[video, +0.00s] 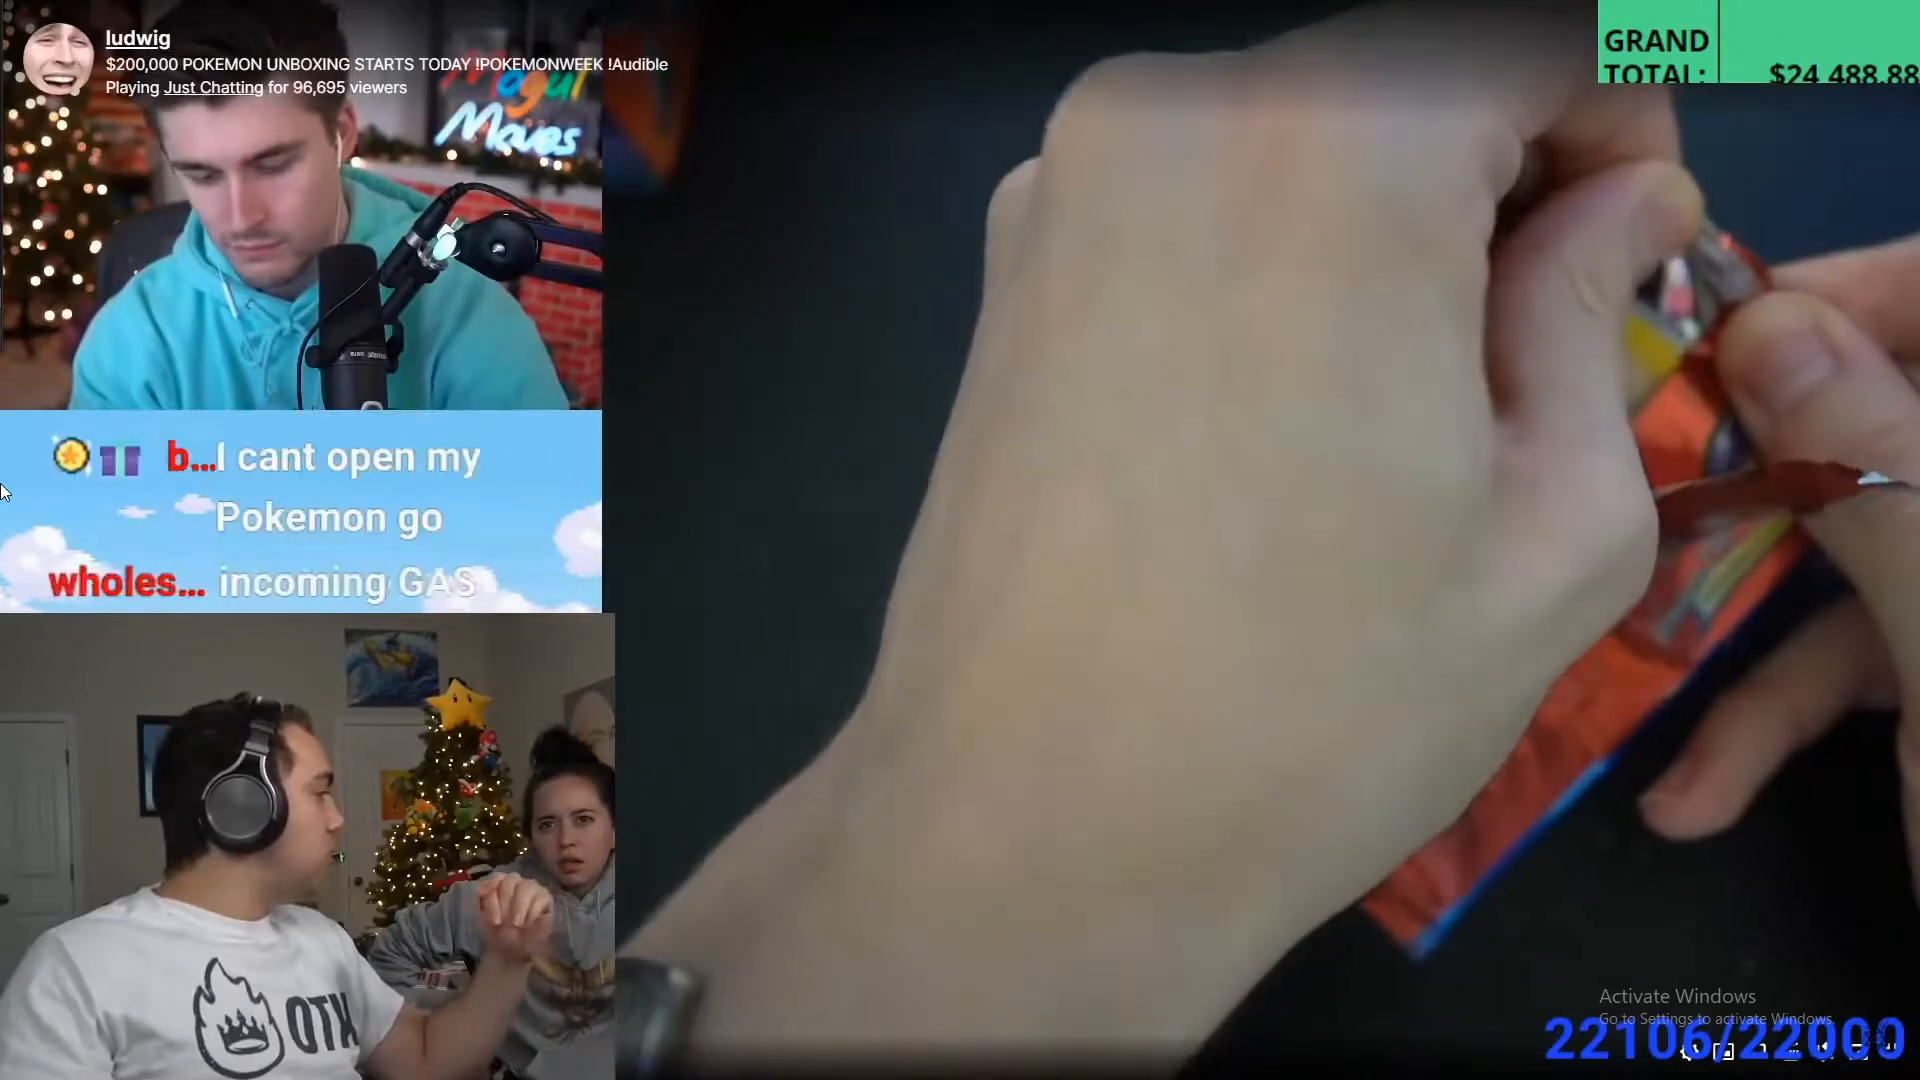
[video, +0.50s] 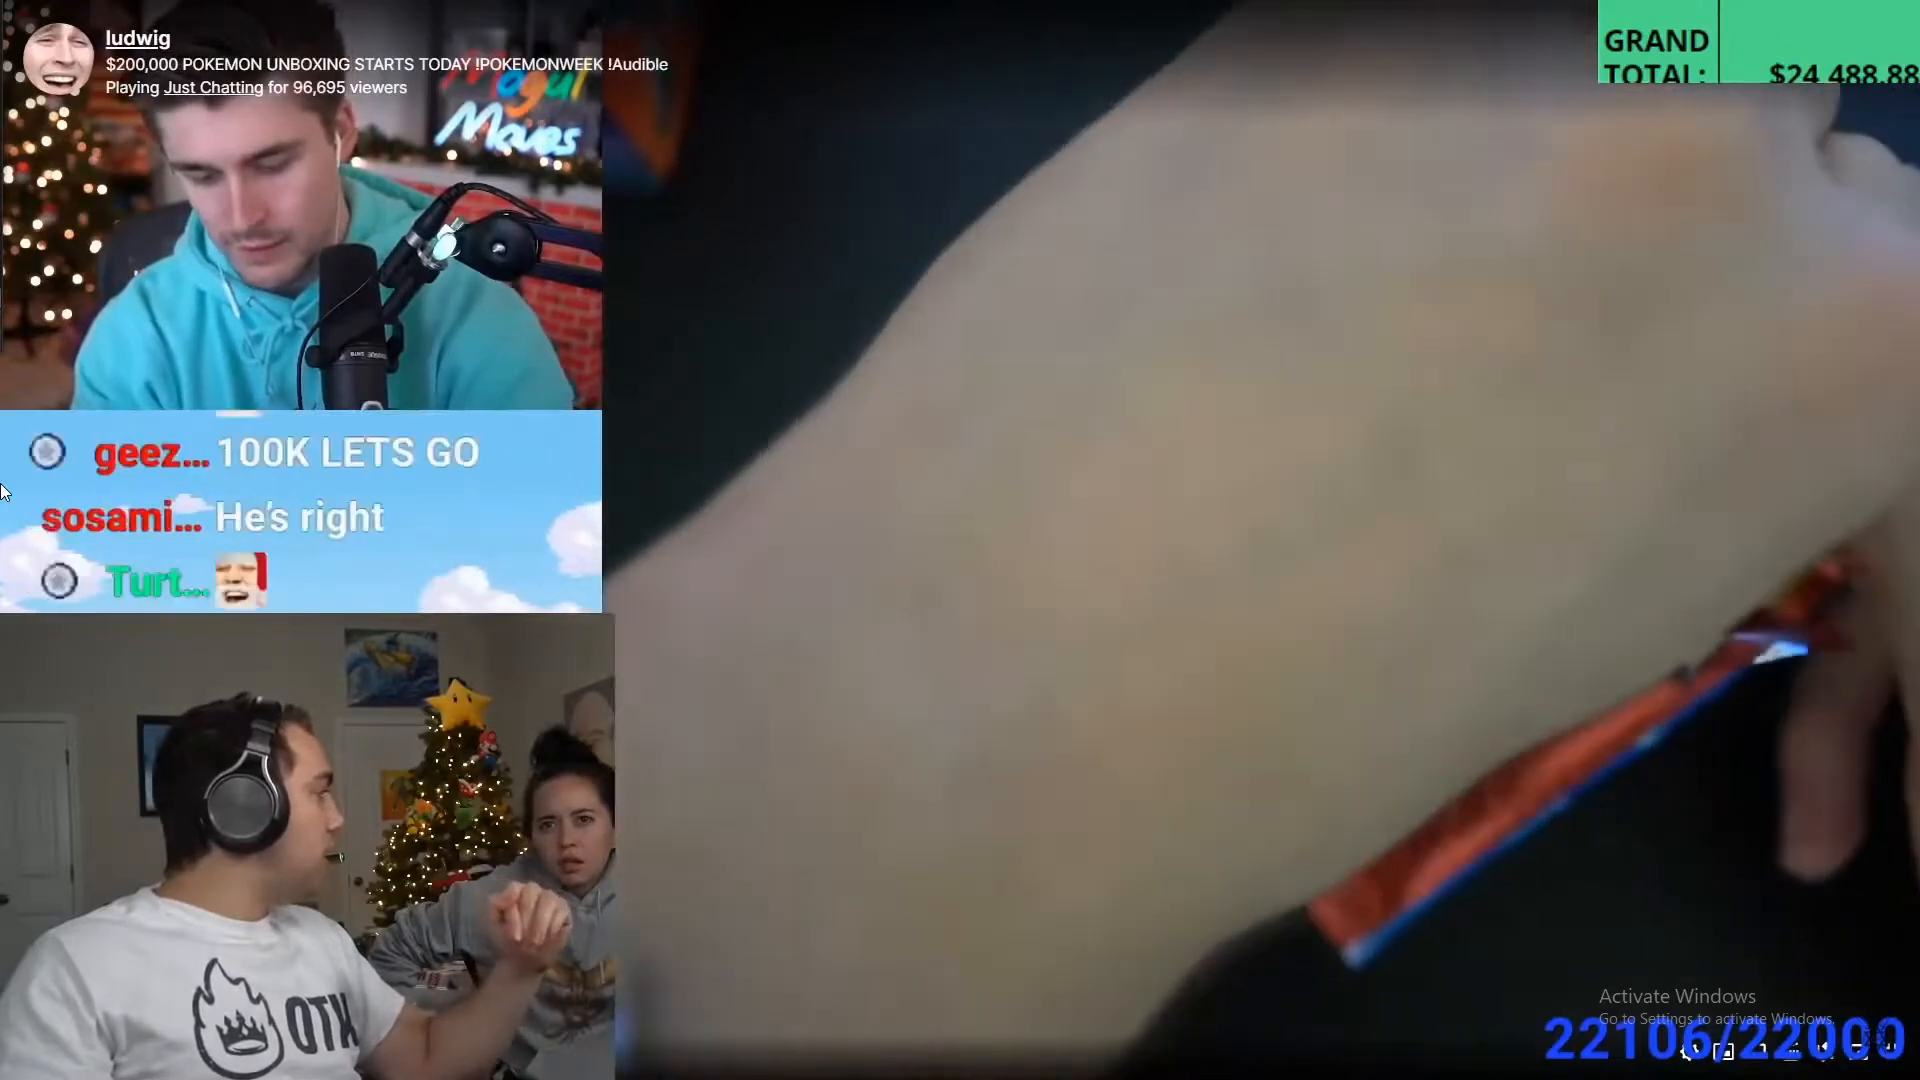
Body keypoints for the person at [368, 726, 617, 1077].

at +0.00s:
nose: (566, 841)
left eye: (584, 820)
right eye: (548, 825)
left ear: (613, 830)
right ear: (531, 837)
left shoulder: (643, 893)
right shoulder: (490, 898)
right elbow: (388, 956)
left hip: (623, 1068)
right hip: (530, 1071)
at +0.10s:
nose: (566, 841)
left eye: (584, 820)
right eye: (548, 825)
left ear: (613, 830)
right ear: (531, 837)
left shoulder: (643, 893)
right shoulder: (487, 901)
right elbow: (386, 957)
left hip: (625, 1067)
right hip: (536, 1071)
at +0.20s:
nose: (566, 840)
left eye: (583, 820)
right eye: (548, 825)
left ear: (615, 828)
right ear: (531, 837)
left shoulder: (641, 892)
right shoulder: (489, 899)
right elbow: (387, 958)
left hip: (621, 1067)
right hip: (530, 1070)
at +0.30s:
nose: (566, 841)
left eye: (584, 820)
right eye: (548, 825)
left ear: (615, 828)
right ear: (531, 837)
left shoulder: (640, 893)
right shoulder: (492, 897)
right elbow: (387, 957)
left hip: (621, 1067)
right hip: (532, 1070)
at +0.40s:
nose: (566, 841)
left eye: (584, 820)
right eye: (548, 825)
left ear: (615, 828)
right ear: (531, 837)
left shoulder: (641, 892)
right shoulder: (488, 899)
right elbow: (386, 957)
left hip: (626, 1065)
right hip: (537, 1069)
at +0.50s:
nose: (567, 841)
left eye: (584, 820)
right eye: (548, 825)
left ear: (615, 826)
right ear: (531, 836)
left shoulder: (642, 893)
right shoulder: (486, 901)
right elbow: (385, 958)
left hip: (626, 1066)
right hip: (538, 1070)